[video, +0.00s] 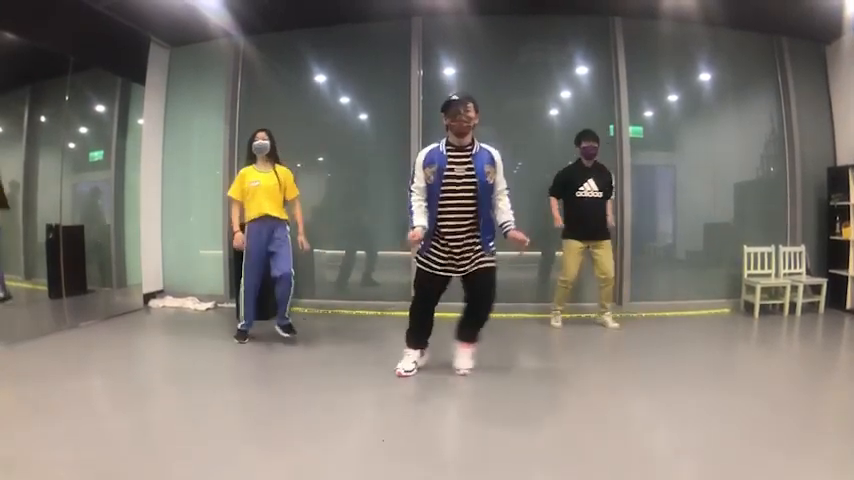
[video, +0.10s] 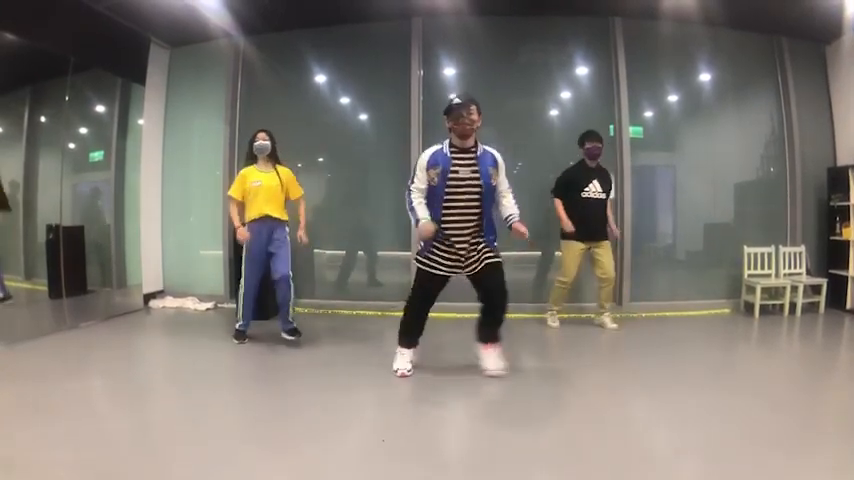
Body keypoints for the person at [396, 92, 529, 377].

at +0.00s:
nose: (463, 119)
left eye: (468, 114)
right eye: (456, 115)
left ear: (476, 117)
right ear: (446, 120)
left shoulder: (490, 156)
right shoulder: (428, 156)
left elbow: (500, 195)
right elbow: (418, 195)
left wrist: (509, 227)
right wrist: (419, 225)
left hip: (477, 244)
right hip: (437, 243)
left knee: (483, 297)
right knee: (423, 298)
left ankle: (466, 344)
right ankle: (415, 349)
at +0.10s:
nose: (466, 122)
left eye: (471, 116)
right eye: (459, 117)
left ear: (479, 120)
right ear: (449, 123)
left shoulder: (492, 158)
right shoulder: (431, 157)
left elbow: (504, 194)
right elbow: (416, 192)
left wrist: (514, 220)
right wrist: (423, 220)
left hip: (479, 243)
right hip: (440, 243)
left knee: (496, 294)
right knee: (421, 299)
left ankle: (489, 346)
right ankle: (405, 350)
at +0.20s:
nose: (474, 134)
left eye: (478, 127)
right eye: (467, 129)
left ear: (486, 129)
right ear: (455, 133)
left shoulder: (498, 166)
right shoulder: (439, 164)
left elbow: (521, 185)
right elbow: (407, 190)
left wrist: (521, 201)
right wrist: (430, 203)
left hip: (484, 252)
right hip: (445, 252)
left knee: (507, 303)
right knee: (423, 305)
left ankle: (521, 355)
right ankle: (400, 351)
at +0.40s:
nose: (476, 127)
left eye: (481, 120)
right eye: (470, 122)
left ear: (491, 121)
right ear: (461, 124)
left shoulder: (508, 151)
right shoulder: (450, 157)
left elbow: (534, 183)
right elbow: (443, 193)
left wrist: (514, 196)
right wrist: (430, 209)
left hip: (500, 237)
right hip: (462, 236)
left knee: (512, 298)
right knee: (454, 284)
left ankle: (523, 354)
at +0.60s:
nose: (468, 125)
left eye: (474, 119)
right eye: (462, 121)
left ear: (487, 121)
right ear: (456, 126)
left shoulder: (499, 154)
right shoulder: (456, 160)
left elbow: (504, 200)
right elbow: (451, 203)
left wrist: (489, 241)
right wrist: (447, 238)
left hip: (495, 242)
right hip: (460, 240)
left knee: (513, 300)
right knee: (437, 287)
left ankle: (536, 354)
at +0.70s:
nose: (453, 134)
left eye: (458, 127)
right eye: (451, 129)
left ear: (477, 126)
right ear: (456, 130)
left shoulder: (492, 158)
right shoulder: (455, 163)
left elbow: (507, 201)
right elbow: (454, 206)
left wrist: (476, 233)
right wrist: (442, 236)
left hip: (494, 251)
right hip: (459, 249)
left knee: (514, 305)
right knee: (433, 296)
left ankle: (546, 356)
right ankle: (418, 344)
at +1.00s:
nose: (443, 134)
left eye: (448, 127)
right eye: (436, 129)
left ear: (458, 127)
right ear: (428, 133)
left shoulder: (475, 159)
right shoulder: (417, 165)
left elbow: (493, 190)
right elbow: (407, 201)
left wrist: (491, 222)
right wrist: (404, 204)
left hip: (464, 245)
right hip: (428, 246)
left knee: (460, 292)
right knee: (416, 300)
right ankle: (407, 351)